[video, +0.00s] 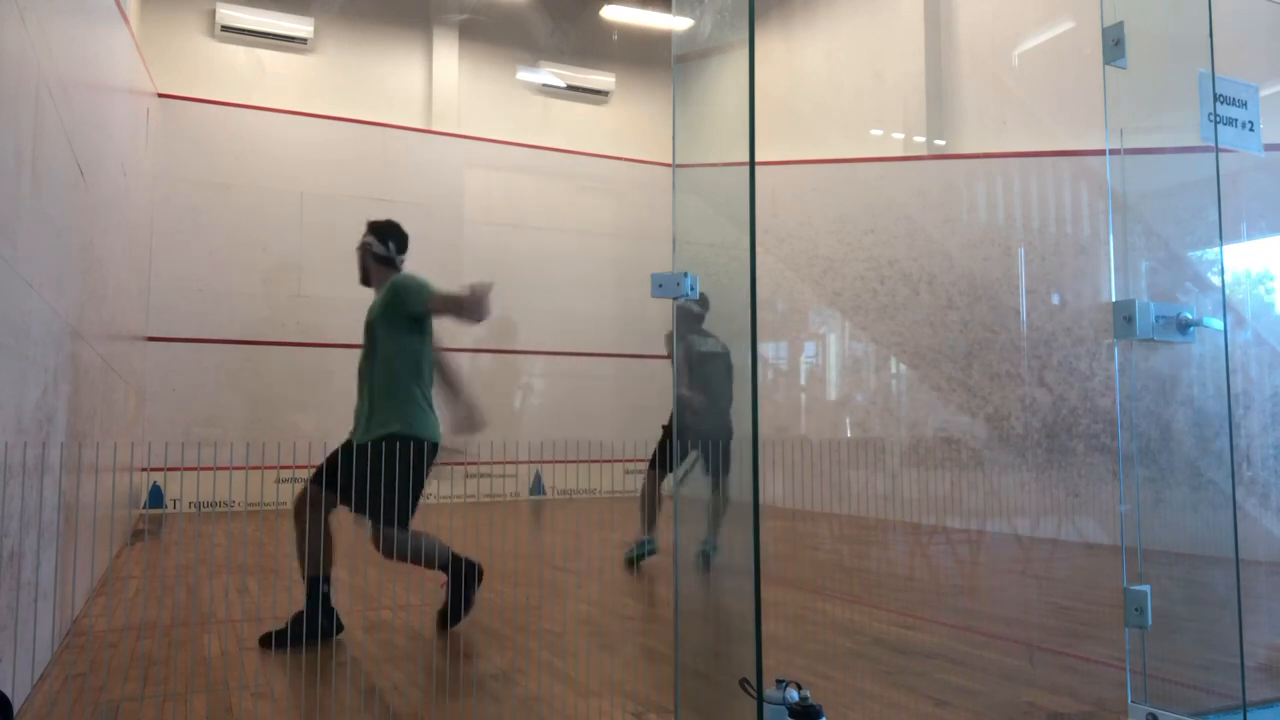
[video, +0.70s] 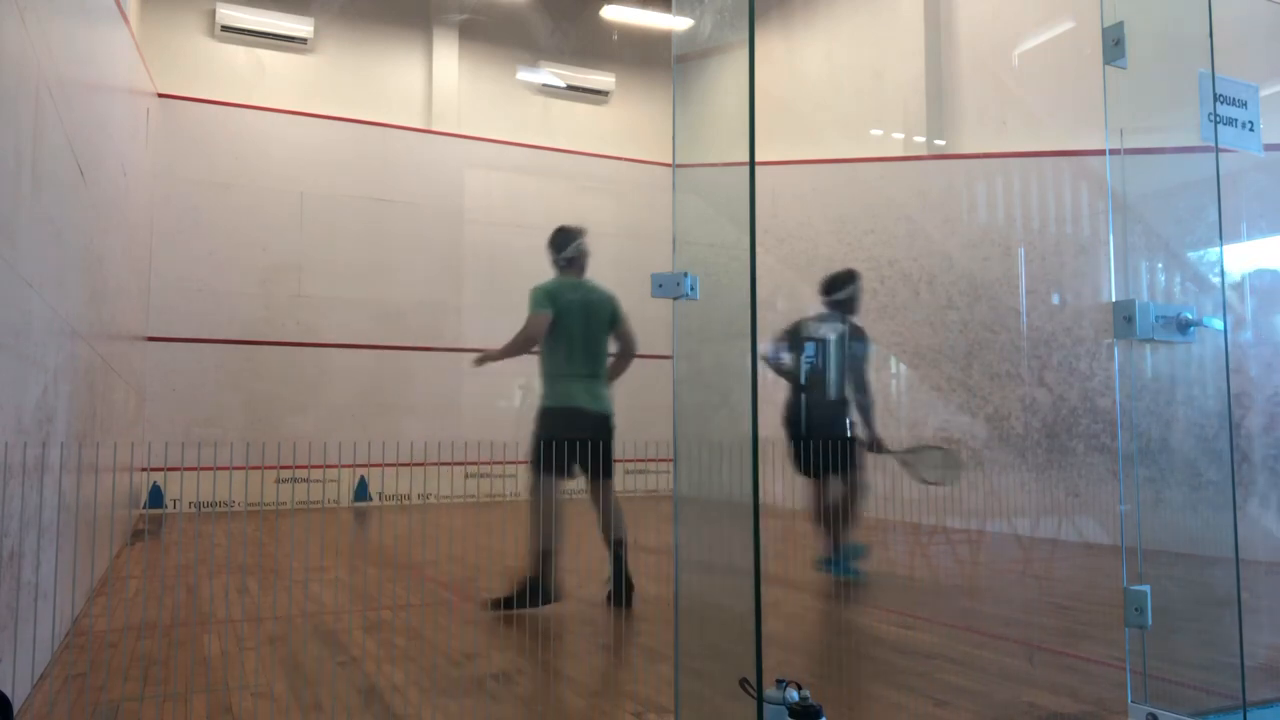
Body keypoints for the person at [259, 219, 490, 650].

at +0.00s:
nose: (357, 260)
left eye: (362, 252)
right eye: (359, 252)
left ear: (376, 256)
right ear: (389, 258)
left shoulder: (403, 289)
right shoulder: (387, 305)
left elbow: (451, 303)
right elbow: (437, 359)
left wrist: (471, 303)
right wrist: (463, 407)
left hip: (406, 435)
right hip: (371, 437)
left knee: (389, 539)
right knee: (308, 506)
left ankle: (461, 570)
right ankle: (318, 611)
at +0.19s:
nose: (403, 242)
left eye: (404, 235)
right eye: (407, 236)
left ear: (406, 237)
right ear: (439, 238)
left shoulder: (428, 266)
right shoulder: (445, 273)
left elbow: (476, 303)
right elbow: (495, 325)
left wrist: (470, 351)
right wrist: (535, 379)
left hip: (442, 406)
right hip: (441, 407)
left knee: (403, 498)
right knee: (390, 496)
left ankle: (459, 596)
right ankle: (363, 597)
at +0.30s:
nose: (431, 253)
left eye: (431, 247)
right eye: (438, 247)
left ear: (432, 247)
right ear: (467, 248)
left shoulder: (441, 279)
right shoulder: (493, 295)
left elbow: (454, 316)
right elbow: (522, 355)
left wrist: (441, 384)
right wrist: (544, 402)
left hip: (461, 413)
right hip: (489, 418)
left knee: (425, 504)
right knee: (431, 499)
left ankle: (464, 602)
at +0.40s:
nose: (460, 265)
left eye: (460, 259)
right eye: (471, 259)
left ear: (461, 260)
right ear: (495, 260)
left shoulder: (460, 295)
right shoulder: (520, 308)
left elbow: (454, 347)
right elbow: (539, 376)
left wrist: (417, 403)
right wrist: (544, 429)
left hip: (476, 431)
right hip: (514, 435)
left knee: (427, 508)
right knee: (482, 499)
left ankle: (466, 604)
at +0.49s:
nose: (499, 270)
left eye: (498, 263)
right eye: (510, 263)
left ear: (494, 266)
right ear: (528, 267)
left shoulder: (491, 302)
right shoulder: (549, 314)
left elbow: (481, 347)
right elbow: (566, 377)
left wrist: (437, 381)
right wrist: (548, 419)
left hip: (498, 433)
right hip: (539, 436)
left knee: (453, 506)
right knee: (546, 505)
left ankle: (468, 605)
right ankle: (604, 580)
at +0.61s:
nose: (544, 270)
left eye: (536, 264)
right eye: (554, 262)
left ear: (528, 268)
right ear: (560, 267)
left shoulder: (524, 302)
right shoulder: (582, 311)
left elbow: (516, 345)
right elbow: (600, 368)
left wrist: (468, 365)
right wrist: (569, 394)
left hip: (532, 427)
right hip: (573, 429)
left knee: (500, 504)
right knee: (589, 502)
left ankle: (475, 590)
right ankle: (619, 584)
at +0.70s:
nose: (573, 261)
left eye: (557, 257)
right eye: (580, 253)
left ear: (554, 258)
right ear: (584, 258)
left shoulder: (547, 292)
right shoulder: (605, 298)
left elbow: (534, 334)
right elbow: (629, 348)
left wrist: (495, 355)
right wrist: (602, 380)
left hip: (558, 414)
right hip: (598, 417)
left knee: (544, 493)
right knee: (604, 492)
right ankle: (622, 579)